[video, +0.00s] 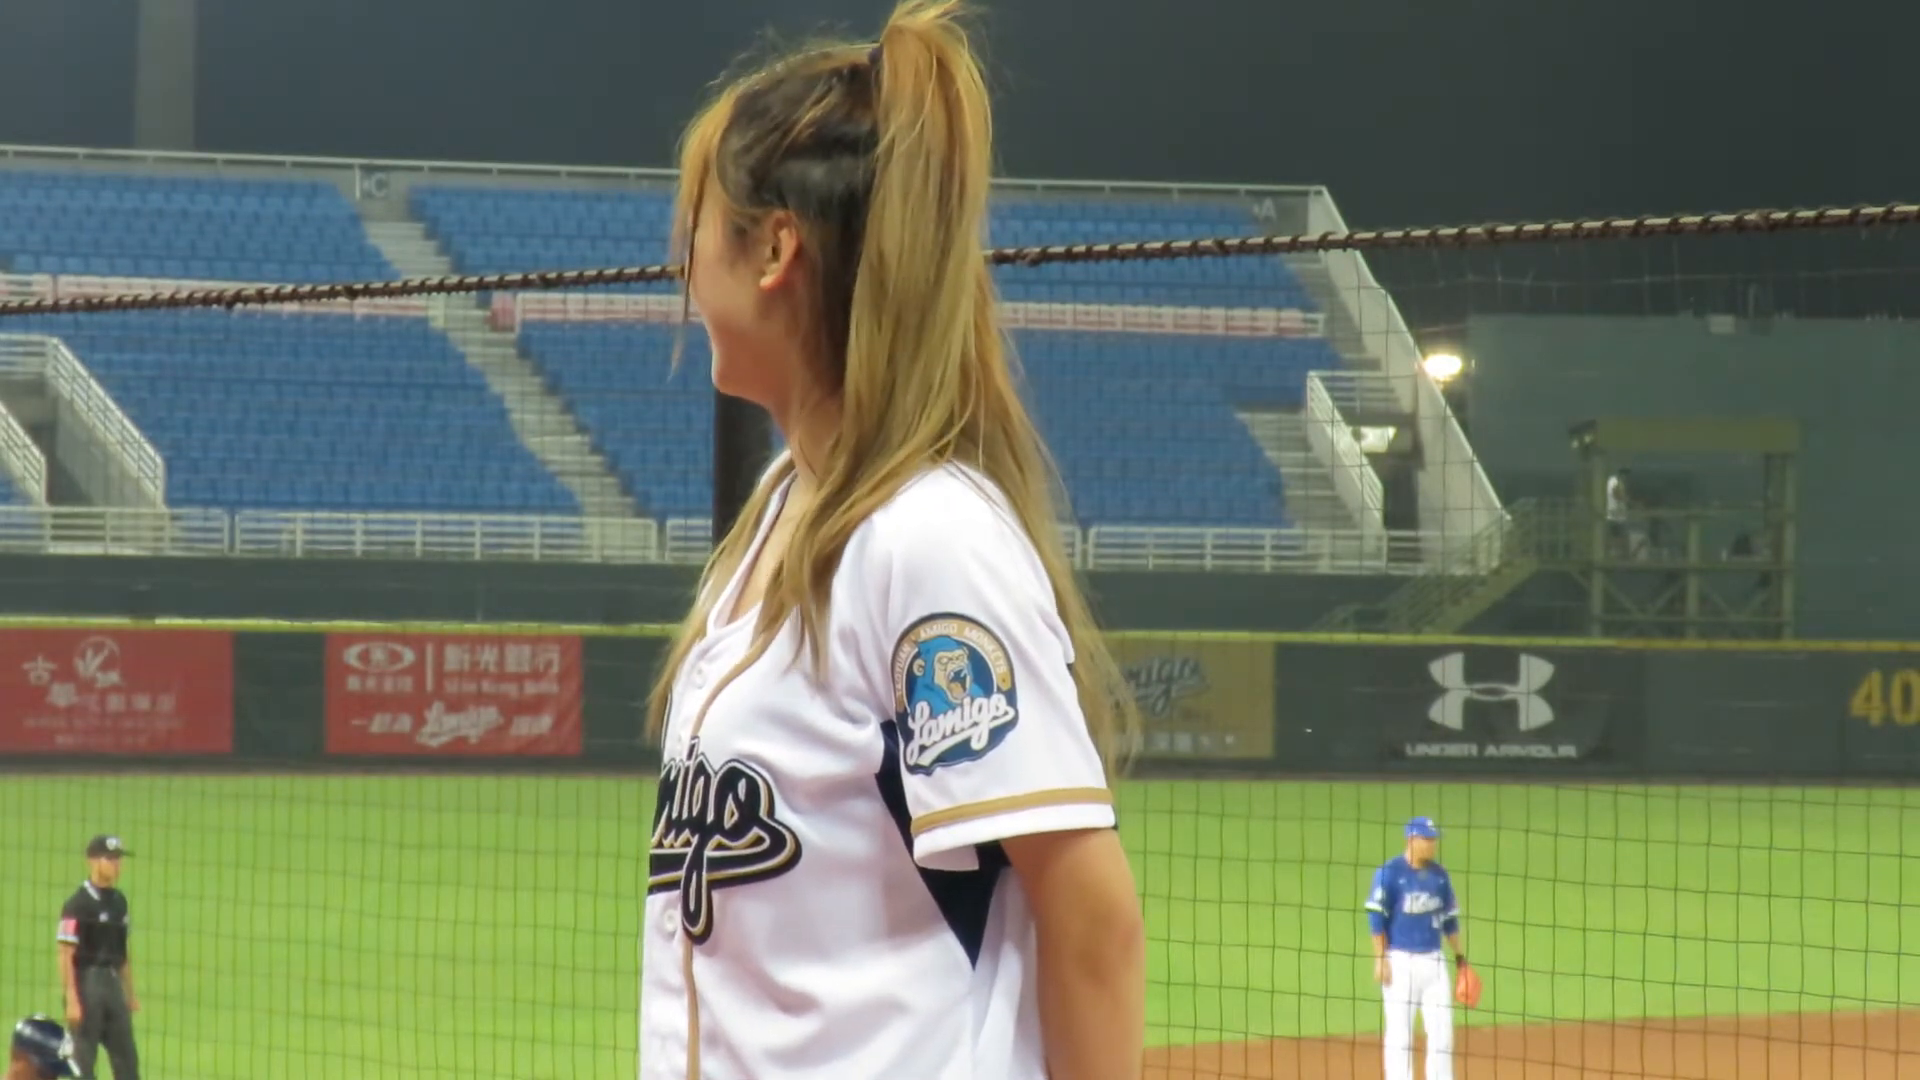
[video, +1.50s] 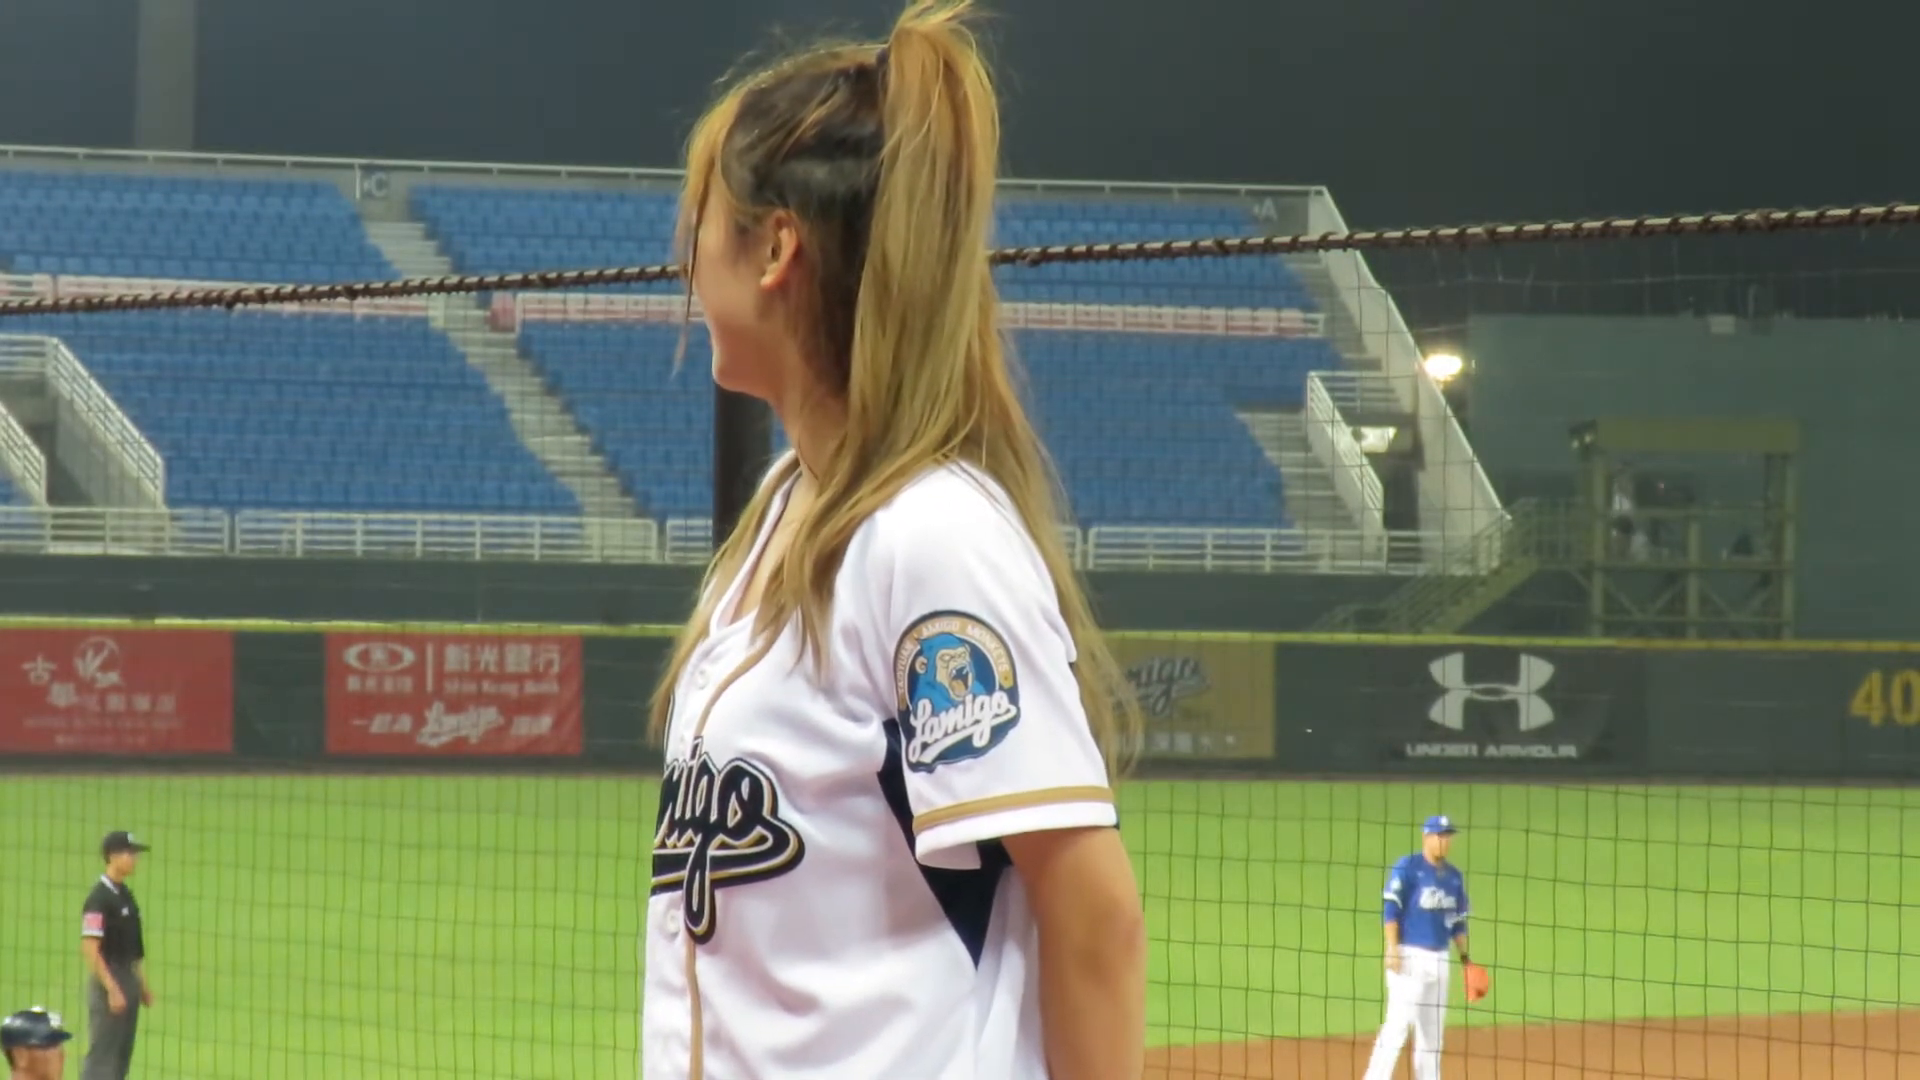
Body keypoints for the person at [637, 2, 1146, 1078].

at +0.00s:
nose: (686, 271)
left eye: (699, 229)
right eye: (693, 229)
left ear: (778, 253)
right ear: (774, 253)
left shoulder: (935, 536)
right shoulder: (782, 505)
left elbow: (1095, 914)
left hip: (884, 1058)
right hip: (718, 1052)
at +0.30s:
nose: (686, 263)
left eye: (701, 222)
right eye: (695, 222)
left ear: (778, 249)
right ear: (777, 249)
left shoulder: (937, 534)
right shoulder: (785, 511)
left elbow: (1096, 914)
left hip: (886, 1058)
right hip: (722, 1052)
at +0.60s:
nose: (689, 266)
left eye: (703, 227)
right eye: (698, 226)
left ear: (780, 251)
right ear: (777, 251)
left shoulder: (933, 531)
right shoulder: (783, 508)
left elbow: (1093, 909)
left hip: (884, 1056)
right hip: (723, 1050)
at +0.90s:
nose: (692, 268)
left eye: (704, 228)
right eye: (699, 228)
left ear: (783, 249)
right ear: (776, 249)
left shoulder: (933, 528)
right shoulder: (782, 501)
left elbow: (1093, 912)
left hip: (878, 1056)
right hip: (714, 1051)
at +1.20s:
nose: (690, 261)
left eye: (705, 219)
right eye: (700, 219)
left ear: (782, 249)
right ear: (776, 249)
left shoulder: (936, 531)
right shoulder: (782, 502)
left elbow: (1095, 913)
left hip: (881, 1056)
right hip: (717, 1051)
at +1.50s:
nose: (688, 263)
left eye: (702, 225)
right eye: (697, 224)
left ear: (778, 252)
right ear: (777, 252)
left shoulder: (937, 533)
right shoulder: (784, 505)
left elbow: (1096, 912)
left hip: (886, 1057)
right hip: (721, 1051)